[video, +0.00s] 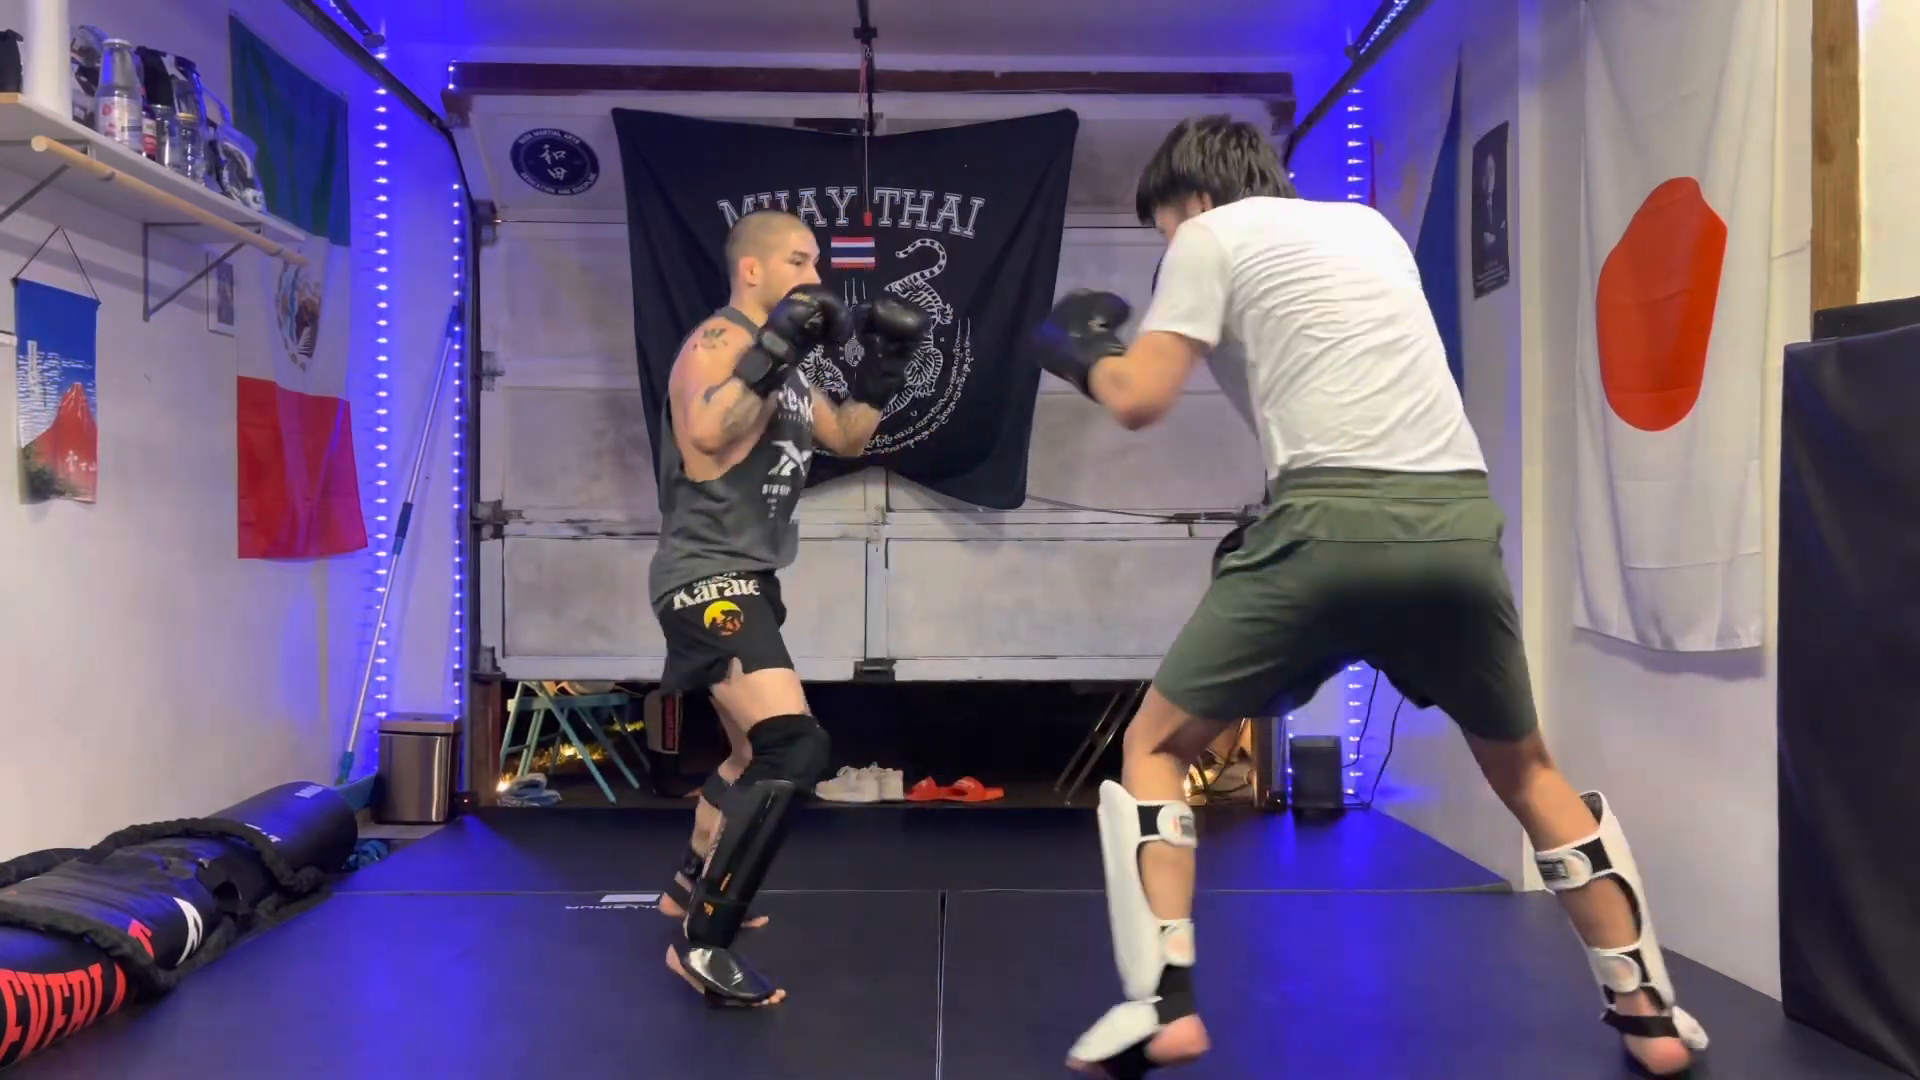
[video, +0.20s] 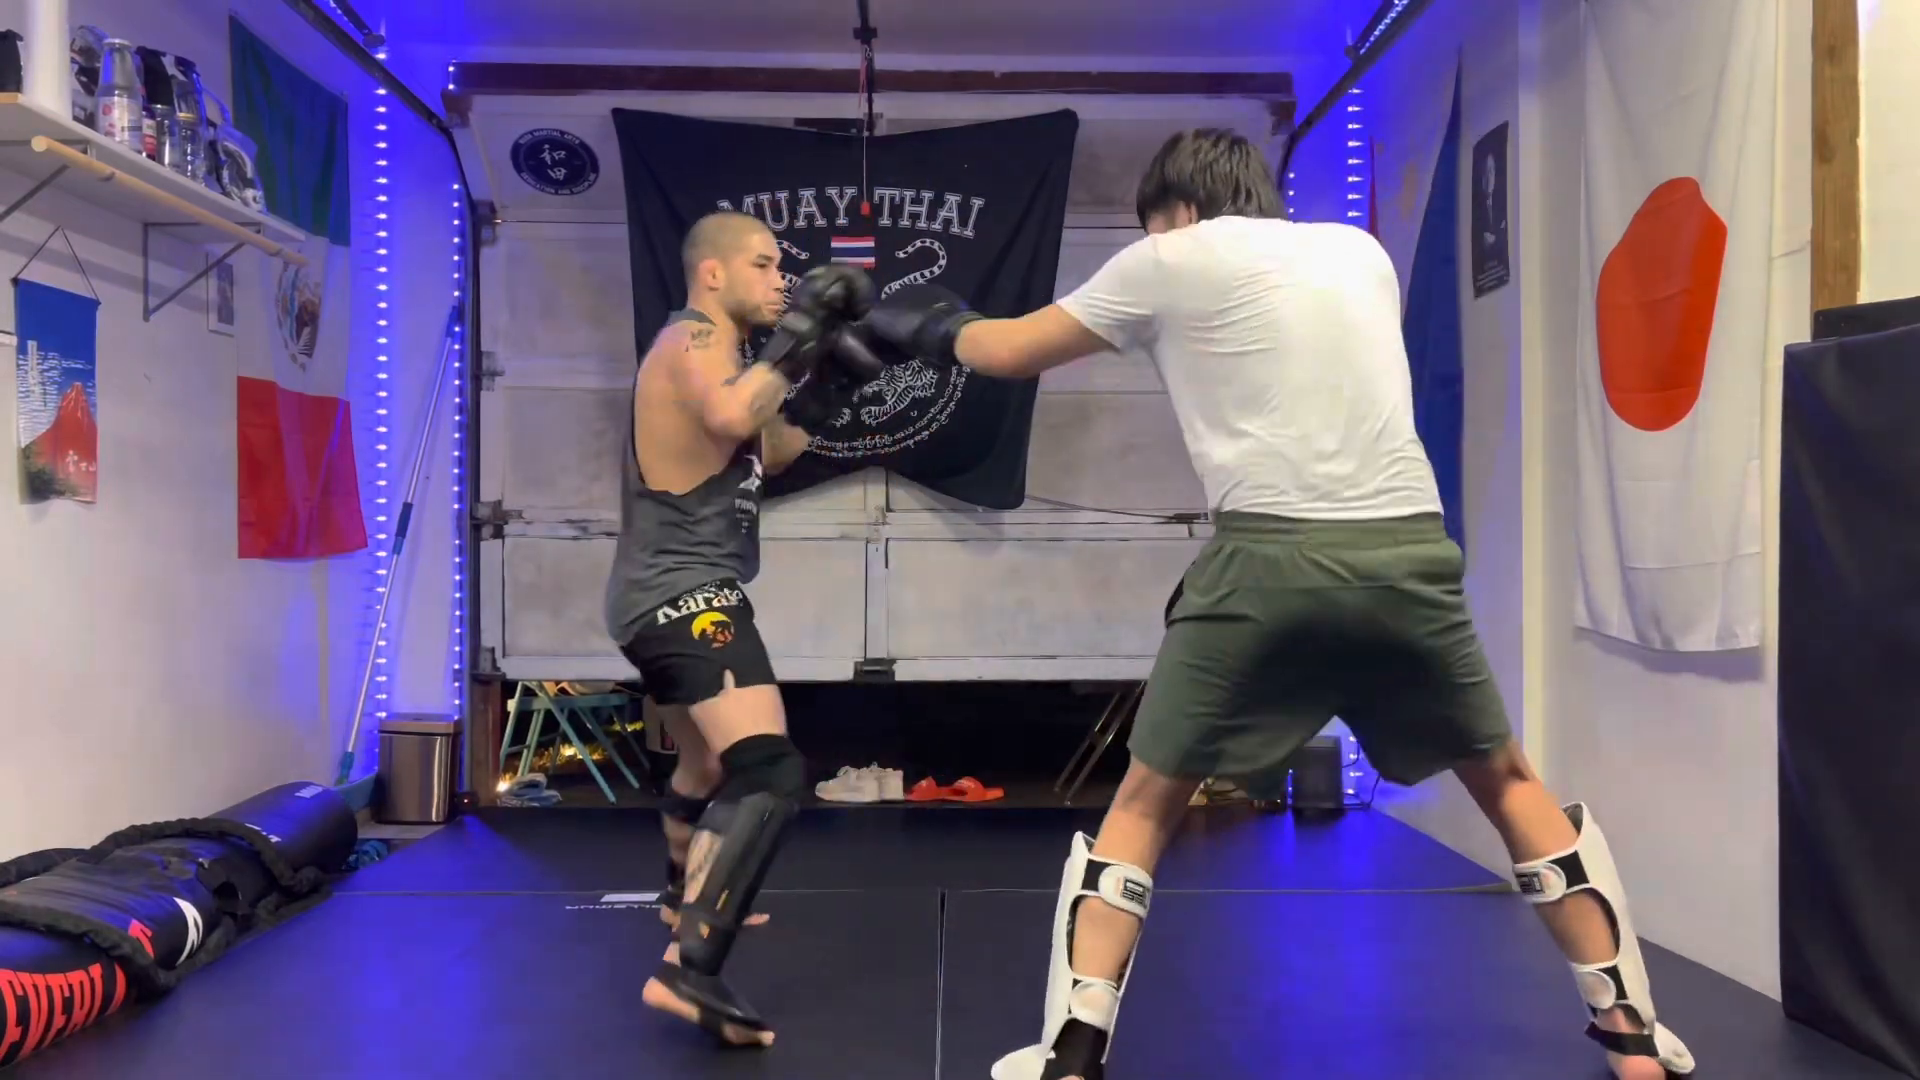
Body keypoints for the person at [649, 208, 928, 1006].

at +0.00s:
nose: (814, 275)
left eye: (816, 263)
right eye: (800, 261)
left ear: (803, 274)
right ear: (749, 269)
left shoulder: (782, 352)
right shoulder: (715, 343)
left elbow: (847, 435)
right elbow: (705, 440)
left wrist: (887, 363)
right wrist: (775, 352)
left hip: (741, 576)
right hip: (710, 576)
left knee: (754, 751)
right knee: (795, 747)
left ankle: (696, 881)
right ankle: (706, 943)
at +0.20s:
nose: (779, 281)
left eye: (779, 267)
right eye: (764, 265)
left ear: (723, 277)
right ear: (711, 272)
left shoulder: (722, 351)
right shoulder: (690, 340)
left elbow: (772, 453)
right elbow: (734, 417)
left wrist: (825, 386)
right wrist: (804, 327)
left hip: (674, 590)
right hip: (686, 591)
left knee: (701, 766)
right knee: (771, 773)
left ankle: (691, 900)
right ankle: (690, 967)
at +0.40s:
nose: (734, 280)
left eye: (732, 265)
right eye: (720, 262)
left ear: (661, 276)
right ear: (666, 271)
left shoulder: (634, 354)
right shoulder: (663, 338)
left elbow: (693, 458)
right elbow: (755, 355)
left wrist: (746, 395)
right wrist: (866, 304)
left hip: (572, 609)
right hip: (617, 608)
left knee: (621, 762)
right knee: (714, 793)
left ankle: (540, 910)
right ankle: (663, 1019)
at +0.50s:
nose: (703, 271)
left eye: (702, 257)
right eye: (688, 255)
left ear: (634, 269)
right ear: (634, 260)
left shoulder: (628, 351)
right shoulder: (607, 336)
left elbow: (699, 447)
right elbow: (634, 418)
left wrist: (748, 370)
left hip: (539, 596)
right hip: (565, 595)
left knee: (550, 776)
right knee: (662, 789)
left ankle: (424, 913)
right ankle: (658, 1014)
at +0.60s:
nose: (664, 280)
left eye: (664, 266)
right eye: (649, 264)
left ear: (607, 277)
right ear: (593, 272)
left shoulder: (606, 369)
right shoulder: (553, 352)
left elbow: (682, 458)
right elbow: (508, 471)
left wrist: (730, 377)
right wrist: (618, 449)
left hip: (498, 602)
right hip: (517, 597)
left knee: (503, 791)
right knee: (621, 785)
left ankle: (397, 945)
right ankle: (653, 1009)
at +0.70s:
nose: (633, 275)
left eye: (634, 261)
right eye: (617, 258)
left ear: (586, 272)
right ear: (559, 267)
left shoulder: (585, 376)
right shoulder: (514, 345)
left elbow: (646, 460)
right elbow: (446, 455)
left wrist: (696, 390)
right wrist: (542, 480)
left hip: (506, 597)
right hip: (497, 594)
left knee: (498, 789)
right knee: (598, 775)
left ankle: (396, 949)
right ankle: (630, 1005)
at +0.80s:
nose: (609, 254)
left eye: (609, 238)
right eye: (593, 236)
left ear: (552, 246)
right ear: (535, 240)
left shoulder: (555, 340)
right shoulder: (489, 320)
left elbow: (615, 446)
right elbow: (455, 437)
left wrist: (676, 379)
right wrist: (555, 398)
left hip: (507, 576)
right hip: (494, 575)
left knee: (477, 781)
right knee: (586, 774)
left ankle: (396, 942)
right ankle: (555, 1006)